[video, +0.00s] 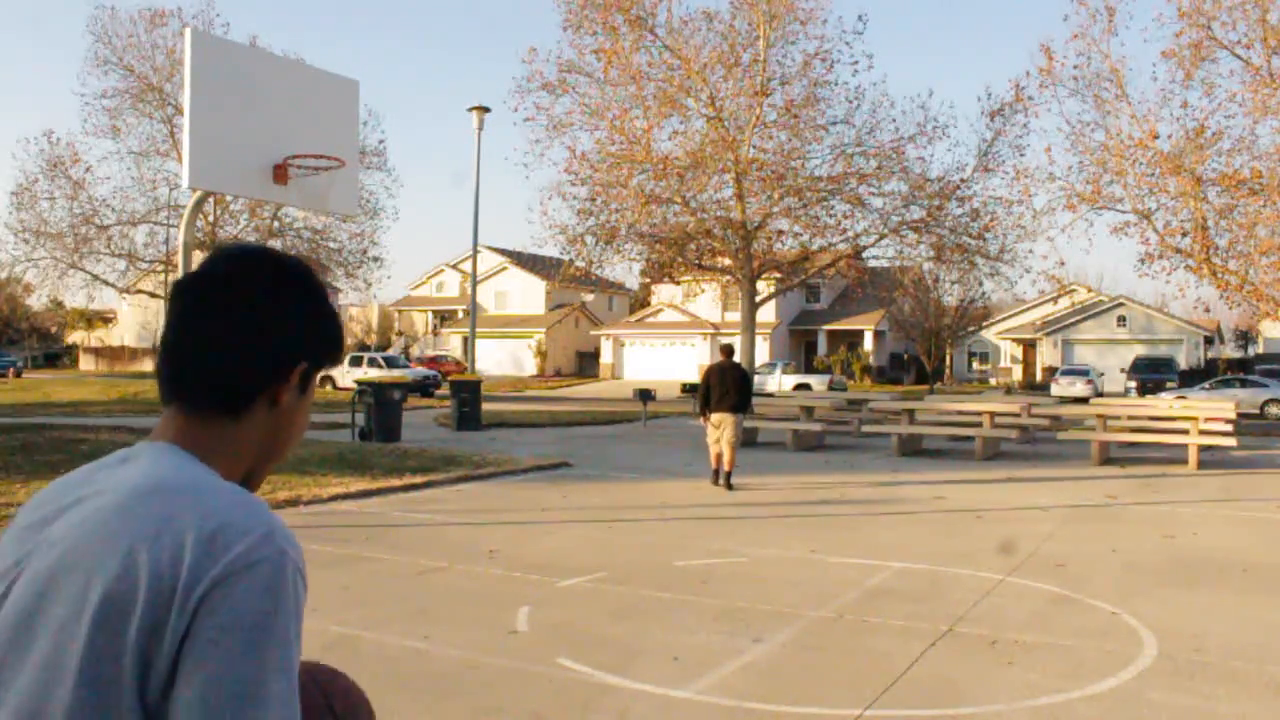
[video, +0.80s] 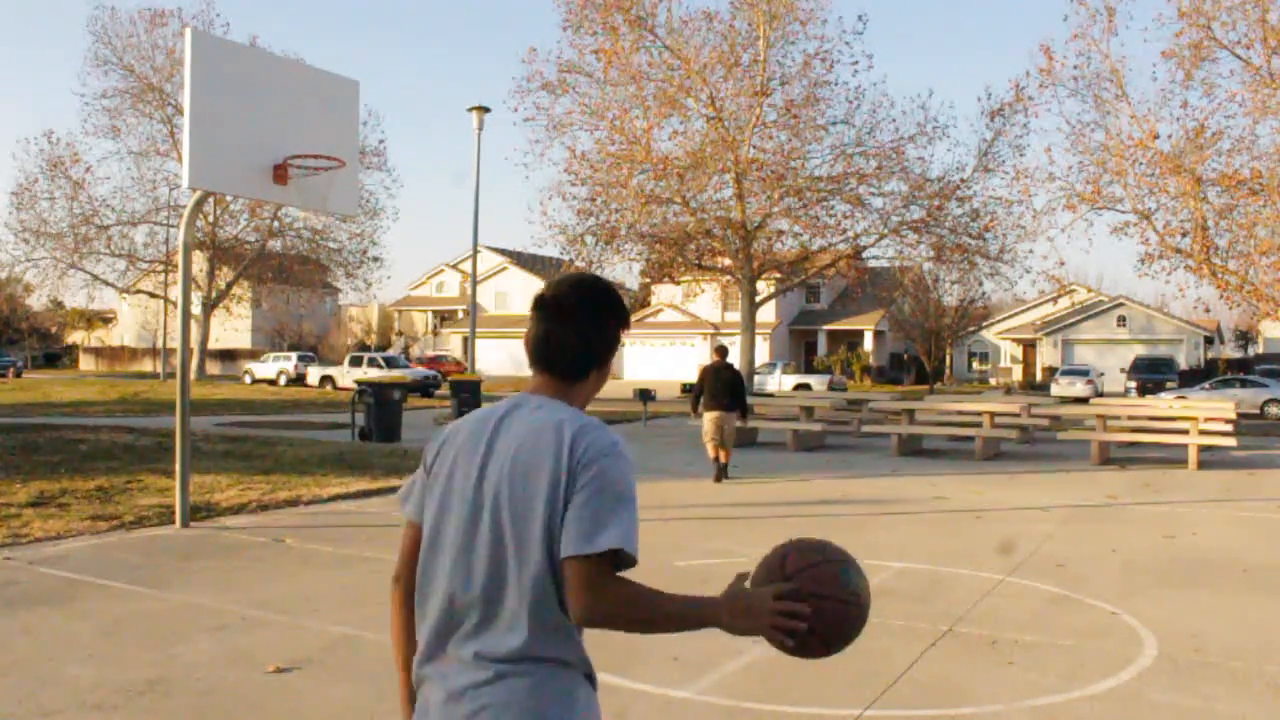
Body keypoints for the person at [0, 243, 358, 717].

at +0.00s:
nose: (306, 418)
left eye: (314, 391)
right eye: (313, 390)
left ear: (174, 358)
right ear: (290, 385)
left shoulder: (52, 497)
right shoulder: (247, 544)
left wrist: (271, 678)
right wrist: (293, 690)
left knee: (325, 688)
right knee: (331, 692)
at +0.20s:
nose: (378, 416)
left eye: (381, 397)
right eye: (381, 398)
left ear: (248, 396)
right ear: (368, 413)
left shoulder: (143, 533)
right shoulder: (349, 559)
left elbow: (101, 694)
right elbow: (343, 707)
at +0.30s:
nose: (427, 426)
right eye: (428, 410)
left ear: (308, 406)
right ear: (419, 423)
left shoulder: (215, 526)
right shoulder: (409, 551)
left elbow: (156, 688)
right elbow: (403, 708)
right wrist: (455, 692)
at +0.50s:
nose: (527, 412)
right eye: (529, 398)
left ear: (426, 377)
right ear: (520, 407)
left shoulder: (337, 481)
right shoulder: (507, 522)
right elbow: (503, 707)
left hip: (306, 709)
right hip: (427, 712)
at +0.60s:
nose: (565, 384)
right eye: (568, 371)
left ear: (469, 359)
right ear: (560, 380)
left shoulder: (375, 456)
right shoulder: (546, 489)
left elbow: (346, 621)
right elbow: (539, 675)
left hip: (358, 706)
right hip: (477, 709)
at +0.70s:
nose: (597, 363)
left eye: (597, 346)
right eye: (599, 348)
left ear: (507, 338)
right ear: (588, 357)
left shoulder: (417, 432)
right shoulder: (574, 454)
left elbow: (376, 585)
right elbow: (560, 631)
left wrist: (395, 684)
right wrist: (651, 697)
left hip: (399, 696)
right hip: (503, 700)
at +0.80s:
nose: (614, 364)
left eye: (614, 348)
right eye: (616, 350)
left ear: (531, 342)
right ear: (607, 357)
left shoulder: (451, 438)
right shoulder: (589, 444)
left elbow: (405, 584)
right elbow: (591, 599)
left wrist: (411, 696)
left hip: (441, 696)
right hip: (540, 696)